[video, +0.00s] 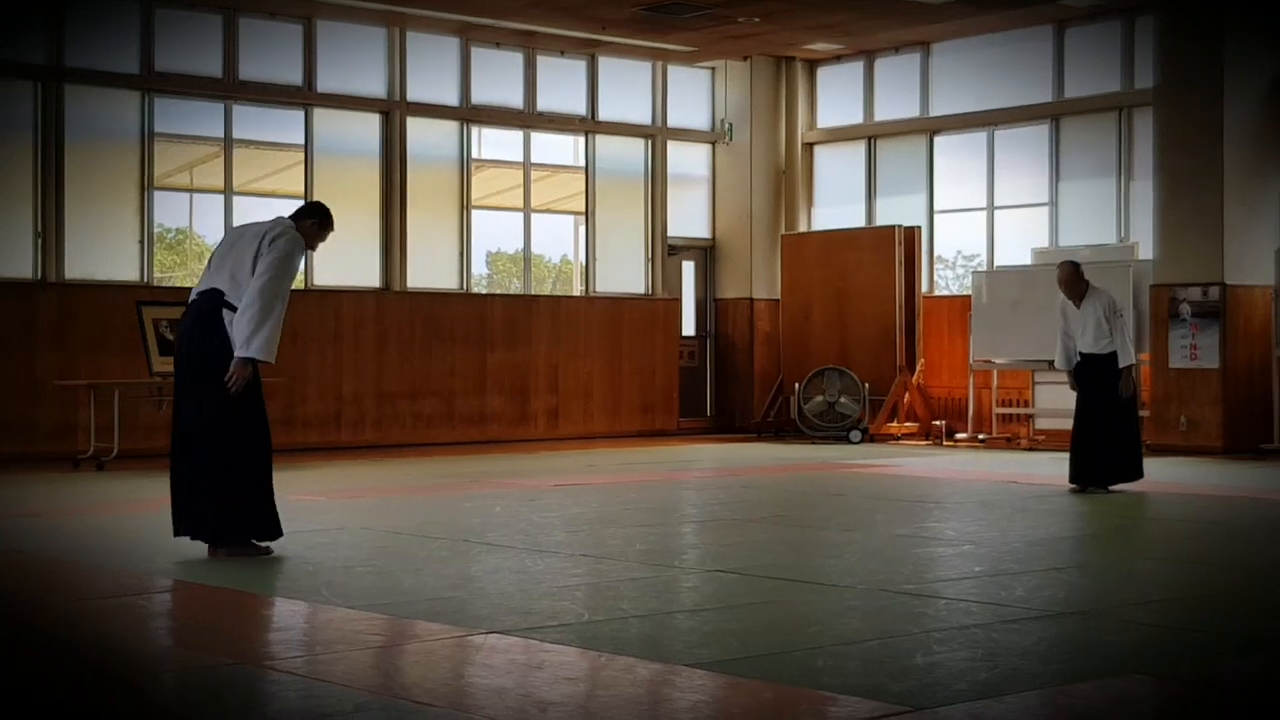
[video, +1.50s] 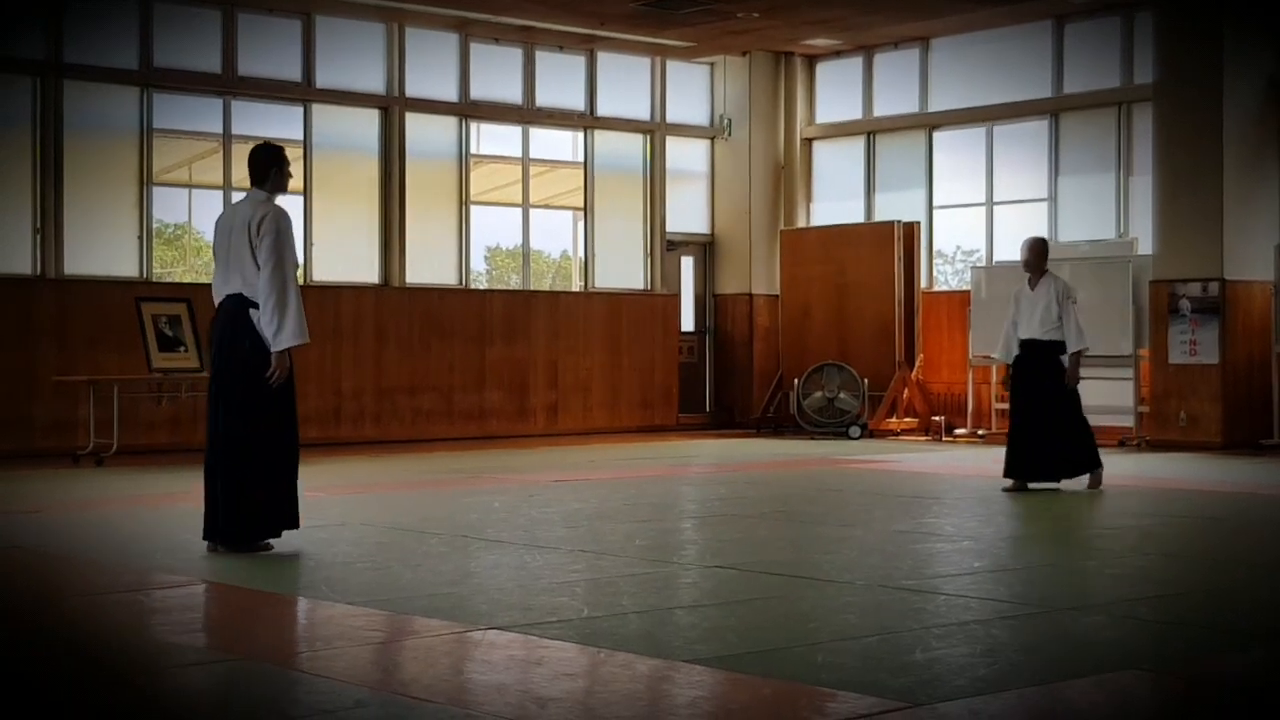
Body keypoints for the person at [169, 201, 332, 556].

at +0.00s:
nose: (316, 246)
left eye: (320, 241)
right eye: (319, 238)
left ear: (296, 216)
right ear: (310, 224)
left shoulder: (243, 232)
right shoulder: (288, 237)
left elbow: (213, 281)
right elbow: (263, 291)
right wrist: (245, 353)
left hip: (196, 326)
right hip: (222, 328)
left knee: (209, 430)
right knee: (238, 432)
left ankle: (218, 533)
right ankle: (232, 536)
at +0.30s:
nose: (315, 253)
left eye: (320, 247)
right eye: (319, 245)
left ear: (299, 223)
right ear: (311, 231)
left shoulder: (245, 235)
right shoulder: (287, 242)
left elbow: (212, 282)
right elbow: (258, 292)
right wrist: (238, 352)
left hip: (189, 325)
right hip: (216, 329)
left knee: (196, 430)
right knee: (226, 434)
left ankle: (206, 529)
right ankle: (226, 537)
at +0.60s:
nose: (317, 249)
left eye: (323, 243)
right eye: (322, 240)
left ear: (300, 219)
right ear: (312, 227)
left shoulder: (247, 233)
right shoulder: (289, 239)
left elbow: (214, 281)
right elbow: (261, 291)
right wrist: (240, 352)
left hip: (191, 323)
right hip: (218, 328)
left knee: (200, 428)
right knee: (229, 432)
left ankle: (203, 525)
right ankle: (228, 535)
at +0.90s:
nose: (314, 218)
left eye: (316, 211)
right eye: (315, 210)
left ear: (285, 197)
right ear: (303, 201)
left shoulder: (240, 222)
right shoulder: (287, 227)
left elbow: (214, 279)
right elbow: (268, 286)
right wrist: (254, 348)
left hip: (200, 325)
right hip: (229, 328)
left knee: (213, 429)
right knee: (240, 431)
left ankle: (217, 530)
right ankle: (233, 533)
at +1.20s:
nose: (297, 181)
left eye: (296, 174)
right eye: (294, 174)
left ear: (259, 175)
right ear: (282, 176)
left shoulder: (227, 214)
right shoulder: (276, 215)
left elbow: (218, 274)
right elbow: (273, 280)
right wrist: (273, 342)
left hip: (216, 325)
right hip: (248, 328)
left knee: (219, 425)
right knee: (250, 428)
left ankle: (217, 527)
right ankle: (238, 531)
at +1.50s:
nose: (290, 176)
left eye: (289, 169)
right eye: (287, 169)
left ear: (252, 173)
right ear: (277, 173)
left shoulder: (226, 217)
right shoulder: (273, 216)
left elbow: (223, 278)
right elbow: (274, 284)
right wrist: (280, 343)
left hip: (226, 328)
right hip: (258, 331)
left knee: (227, 427)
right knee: (256, 429)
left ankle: (221, 527)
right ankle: (244, 531)